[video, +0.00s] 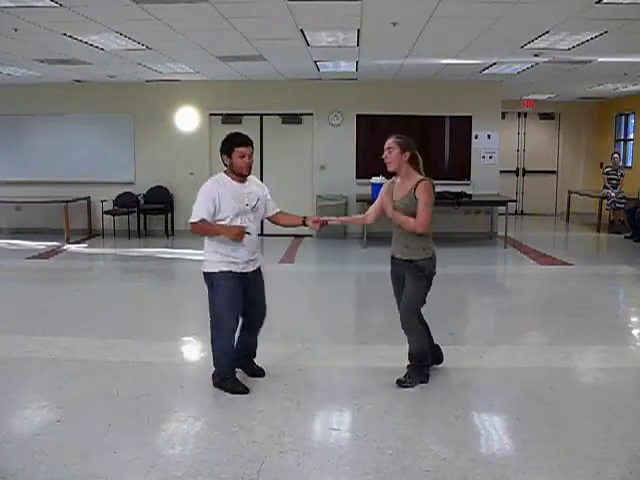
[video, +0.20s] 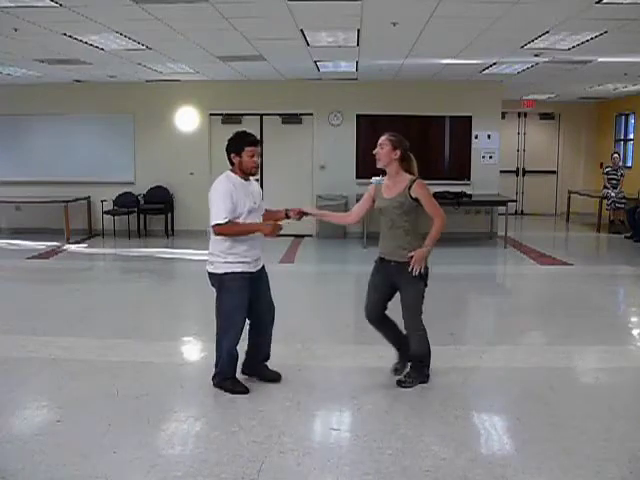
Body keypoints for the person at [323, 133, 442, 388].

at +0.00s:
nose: (385, 156)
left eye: (390, 151)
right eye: (385, 151)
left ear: (406, 155)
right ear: (397, 157)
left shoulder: (423, 185)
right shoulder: (390, 186)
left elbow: (421, 227)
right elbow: (368, 217)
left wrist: (390, 212)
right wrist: (336, 220)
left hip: (421, 262)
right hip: (398, 260)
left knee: (408, 314)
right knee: (408, 314)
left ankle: (419, 369)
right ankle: (431, 352)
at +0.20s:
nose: (375, 152)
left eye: (381, 147)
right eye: (376, 147)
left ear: (397, 153)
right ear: (389, 154)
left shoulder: (415, 186)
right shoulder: (377, 188)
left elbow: (439, 218)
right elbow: (351, 218)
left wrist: (425, 250)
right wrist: (315, 213)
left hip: (412, 266)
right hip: (385, 265)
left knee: (412, 322)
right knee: (373, 313)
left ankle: (420, 371)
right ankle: (405, 350)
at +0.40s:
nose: (360, 151)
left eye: (366, 147)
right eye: (361, 146)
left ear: (381, 154)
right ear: (373, 156)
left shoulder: (397, 187)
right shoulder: (362, 188)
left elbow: (426, 217)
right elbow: (339, 219)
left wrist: (407, 242)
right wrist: (309, 216)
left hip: (391, 268)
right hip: (365, 266)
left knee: (397, 322)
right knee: (350, 315)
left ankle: (417, 369)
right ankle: (368, 368)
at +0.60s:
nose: (344, 151)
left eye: (350, 147)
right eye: (346, 147)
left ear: (364, 154)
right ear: (361, 155)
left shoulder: (374, 187)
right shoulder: (354, 184)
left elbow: (382, 228)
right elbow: (343, 222)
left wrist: (348, 224)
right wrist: (309, 222)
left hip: (365, 265)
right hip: (347, 262)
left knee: (347, 319)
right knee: (342, 318)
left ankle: (383, 360)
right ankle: (365, 368)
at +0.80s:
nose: (329, 147)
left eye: (335, 143)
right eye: (331, 142)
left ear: (349, 151)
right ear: (348, 152)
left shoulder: (351, 184)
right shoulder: (349, 181)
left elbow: (339, 224)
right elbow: (342, 221)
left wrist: (314, 208)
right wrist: (317, 211)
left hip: (342, 261)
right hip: (345, 259)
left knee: (322, 318)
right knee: (340, 315)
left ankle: (333, 376)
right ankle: (366, 362)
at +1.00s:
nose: (322, 148)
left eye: (327, 145)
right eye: (323, 144)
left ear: (341, 152)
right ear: (338, 153)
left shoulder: (344, 185)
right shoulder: (336, 183)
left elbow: (332, 224)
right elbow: (329, 218)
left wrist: (308, 208)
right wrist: (308, 204)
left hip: (334, 260)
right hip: (326, 259)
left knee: (319, 317)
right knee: (312, 313)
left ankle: (334, 378)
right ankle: (349, 353)